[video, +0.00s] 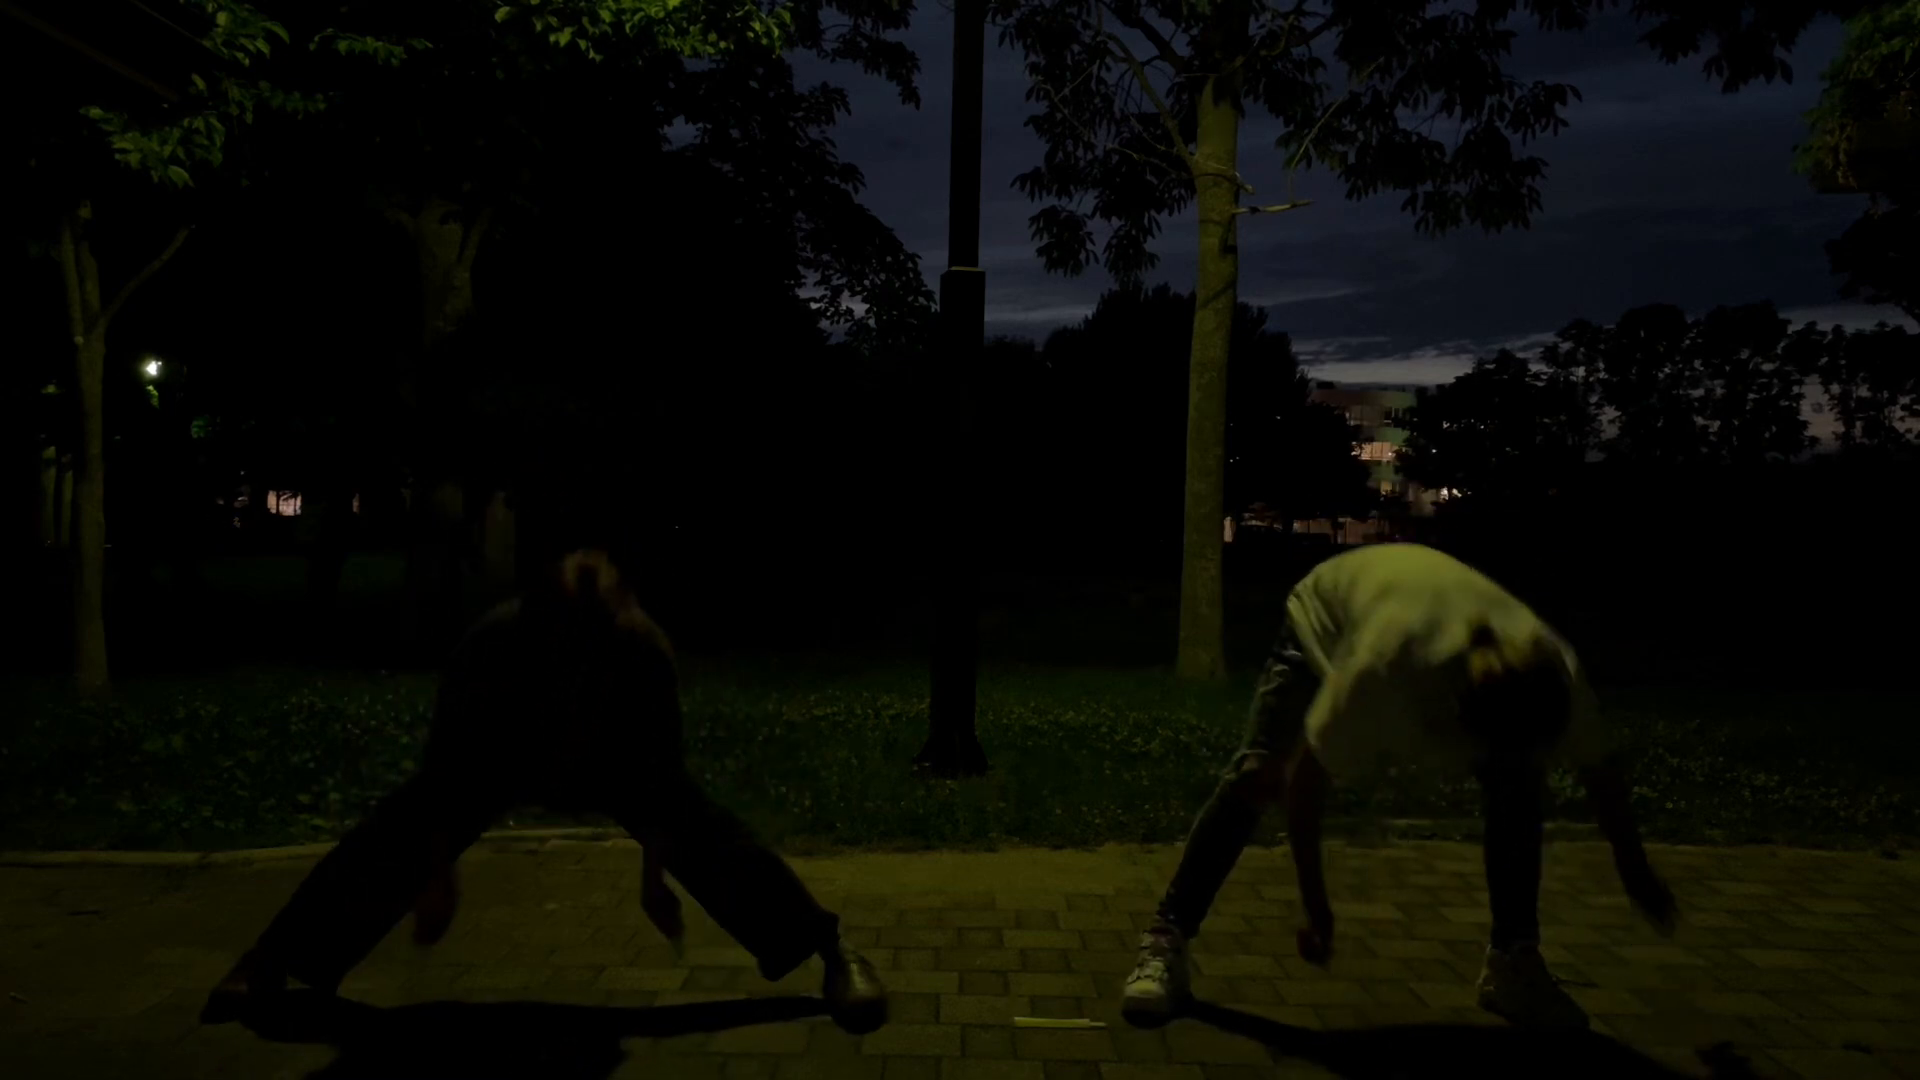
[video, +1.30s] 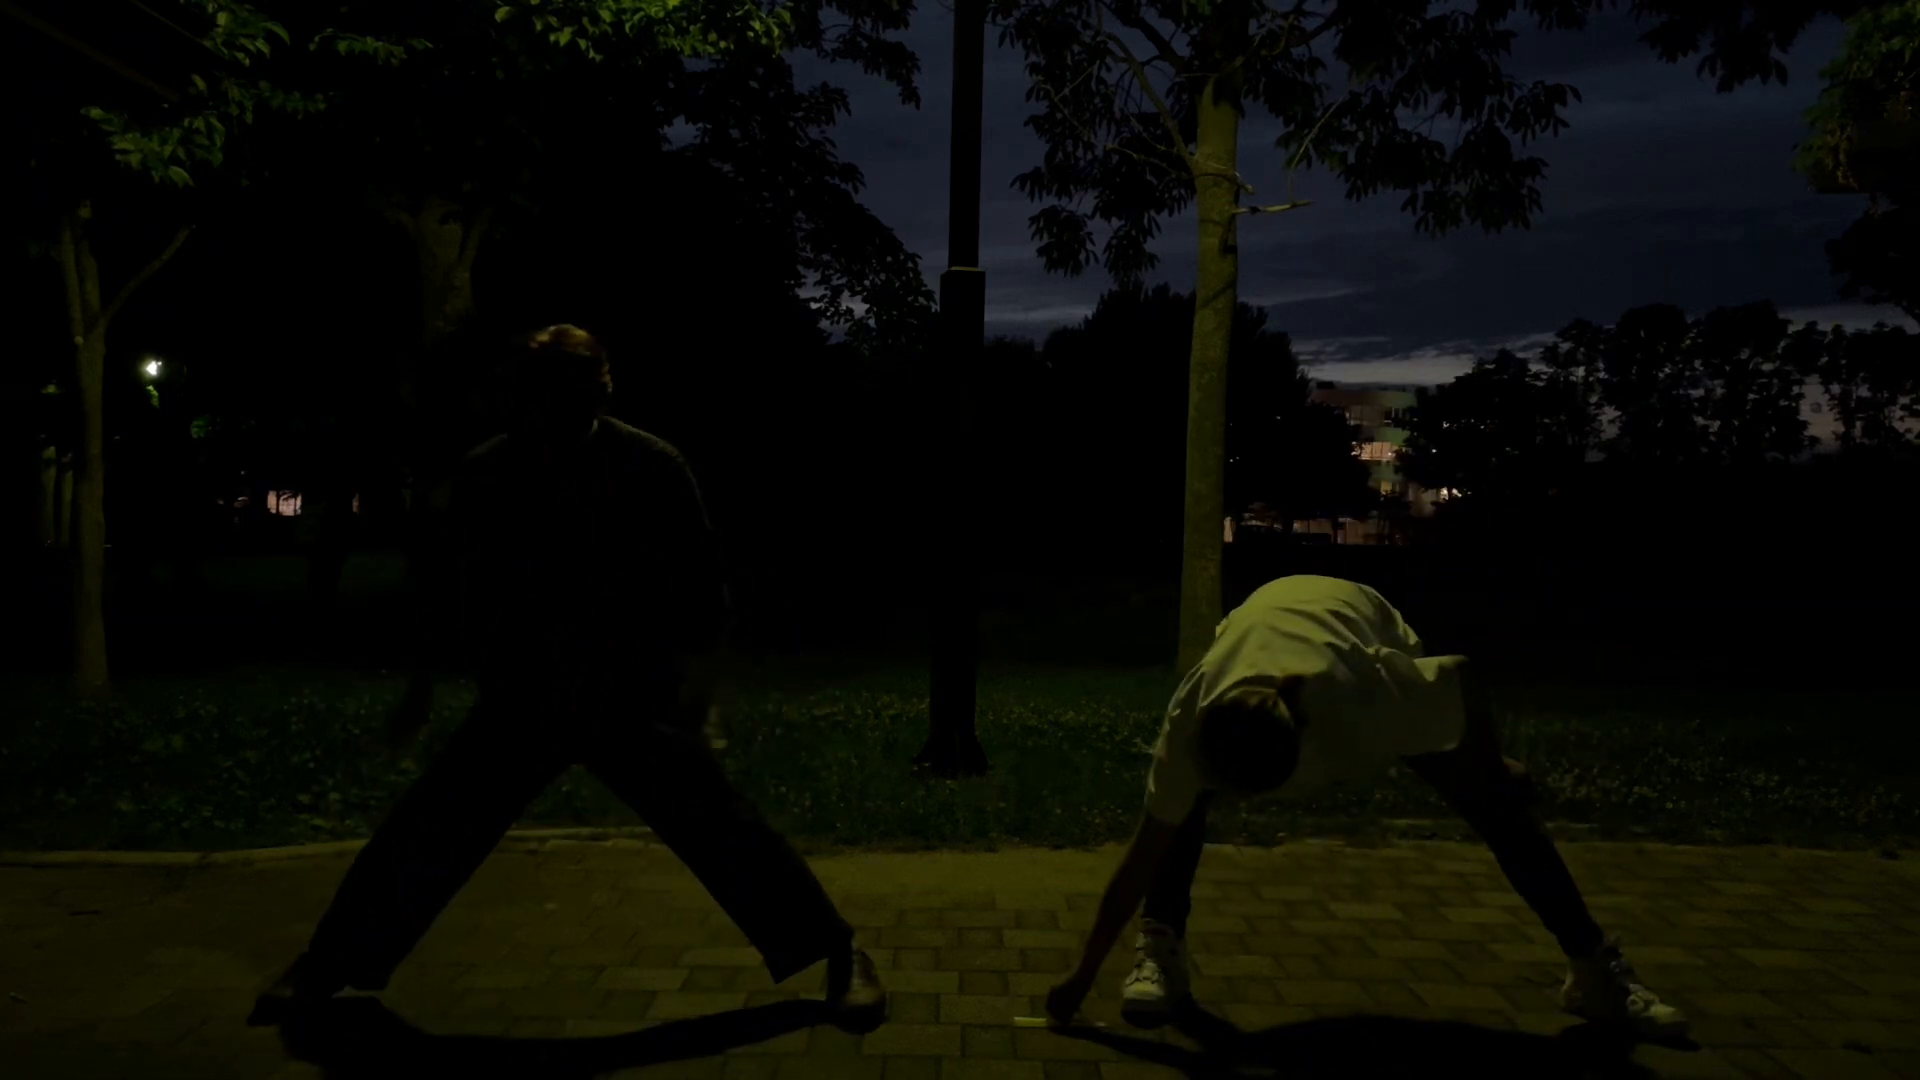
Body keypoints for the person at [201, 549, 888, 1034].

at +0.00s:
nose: (584, 614)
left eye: (596, 600)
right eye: (571, 599)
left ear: (617, 604)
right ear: (544, 601)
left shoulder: (641, 653)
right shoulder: (494, 646)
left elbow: (665, 781)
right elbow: (445, 776)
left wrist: (656, 874)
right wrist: (437, 879)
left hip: (616, 764)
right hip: (500, 760)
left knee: (702, 833)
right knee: (390, 837)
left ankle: (828, 948)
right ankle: (277, 969)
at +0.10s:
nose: (597, 577)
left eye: (611, 563)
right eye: (584, 562)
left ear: (631, 571)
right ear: (555, 568)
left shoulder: (648, 632)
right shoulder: (504, 623)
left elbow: (663, 754)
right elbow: (461, 751)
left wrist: (648, 860)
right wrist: (462, 864)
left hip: (619, 764)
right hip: (504, 762)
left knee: (710, 840)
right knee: (388, 844)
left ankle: (832, 955)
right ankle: (275, 974)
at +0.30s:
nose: (618, 461)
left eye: (630, 445)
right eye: (605, 444)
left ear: (650, 456)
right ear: (576, 449)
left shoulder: (666, 535)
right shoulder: (521, 523)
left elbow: (686, 649)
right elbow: (480, 629)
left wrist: (664, 748)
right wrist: (486, 725)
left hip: (625, 727)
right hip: (514, 720)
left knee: (712, 839)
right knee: (397, 839)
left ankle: (834, 953)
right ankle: (268, 968)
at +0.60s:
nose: (582, 454)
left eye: (595, 437)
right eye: (568, 437)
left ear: (620, 438)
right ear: (547, 438)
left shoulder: (662, 502)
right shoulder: (510, 501)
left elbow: (710, 612)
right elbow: (468, 609)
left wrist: (738, 721)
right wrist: (445, 710)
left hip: (638, 707)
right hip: (528, 705)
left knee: (722, 833)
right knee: (421, 832)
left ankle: (839, 956)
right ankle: (318, 975)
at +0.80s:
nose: (561, 439)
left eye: (574, 421)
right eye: (548, 422)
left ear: (602, 422)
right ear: (529, 426)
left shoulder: (656, 483)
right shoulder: (503, 486)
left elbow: (738, 585)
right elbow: (427, 591)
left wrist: (803, 680)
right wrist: (356, 680)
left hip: (639, 698)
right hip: (532, 698)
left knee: (720, 825)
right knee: (436, 827)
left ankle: (841, 956)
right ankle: (326, 968)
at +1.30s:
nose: (565, 403)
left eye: (577, 386)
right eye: (551, 387)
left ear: (602, 389)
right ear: (527, 393)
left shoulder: (648, 471)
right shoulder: (494, 474)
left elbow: (695, 584)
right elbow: (454, 590)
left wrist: (699, 692)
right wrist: (423, 688)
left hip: (632, 693)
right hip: (523, 695)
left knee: (719, 825)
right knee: (426, 833)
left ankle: (839, 954)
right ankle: (323, 977)